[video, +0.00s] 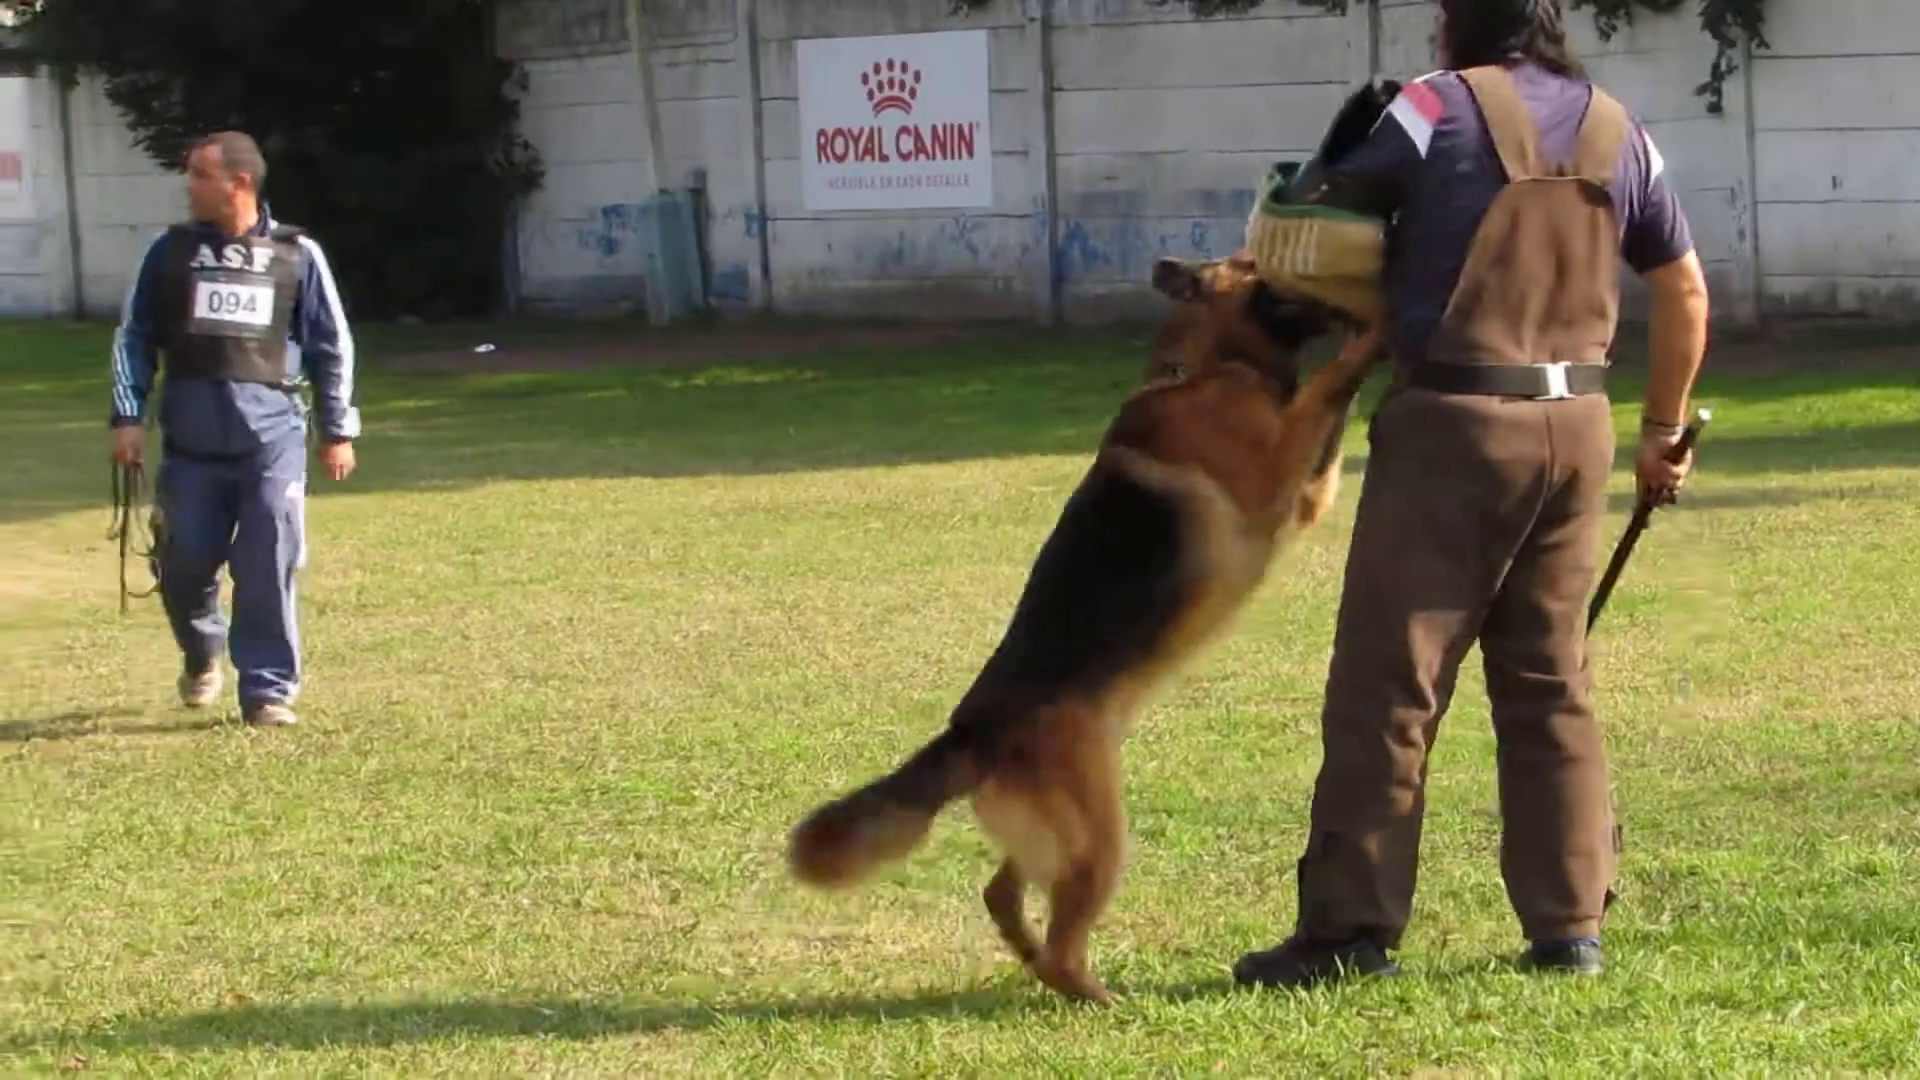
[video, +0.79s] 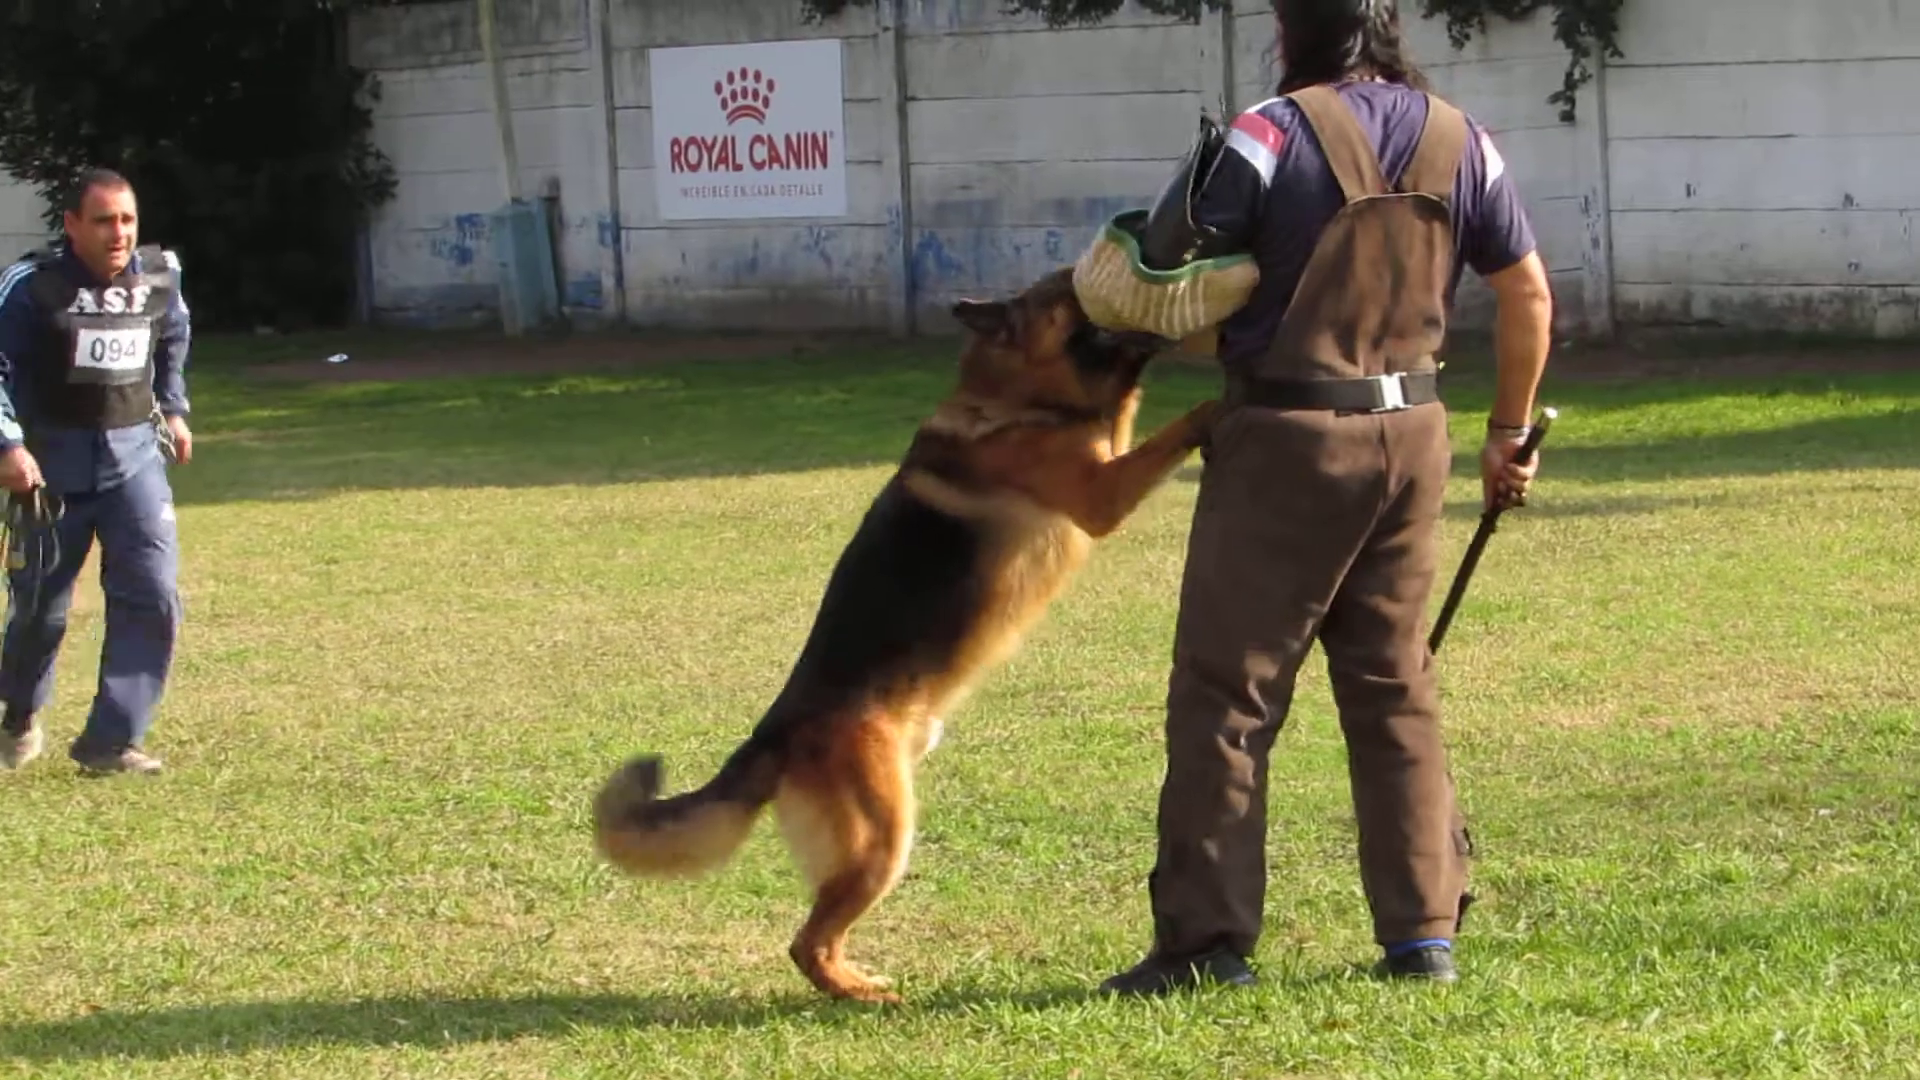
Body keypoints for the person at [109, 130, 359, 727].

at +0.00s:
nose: (189, 185)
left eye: (200, 175)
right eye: (190, 173)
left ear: (240, 185)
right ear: (226, 184)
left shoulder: (299, 256)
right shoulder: (171, 252)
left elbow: (331, 345)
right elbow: (135, 337)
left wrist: (339, 429)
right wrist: (127, 416)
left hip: (271, 435)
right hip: (191, 436)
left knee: (271, 564)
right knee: (184, 563)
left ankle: (268, 690)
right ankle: (201, 652)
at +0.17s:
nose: (168, 172)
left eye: (182, 162)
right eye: (166, 161)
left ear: (221, 169)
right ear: (169, 167)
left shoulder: (273, 240)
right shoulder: (142, 241)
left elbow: (306, 318)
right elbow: (105, 325)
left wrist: (281, 379)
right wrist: (96, 404)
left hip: (246, 433)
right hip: (163, 433)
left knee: (245, 568)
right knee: (159, 564)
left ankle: (244, 693)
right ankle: (162, 701)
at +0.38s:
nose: (164, 189)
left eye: (172, 178)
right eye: (150, 179)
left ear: (187, 184)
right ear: (125, 189)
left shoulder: (229, 250)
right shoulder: (97, 269)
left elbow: (279, 310)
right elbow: (62, 347)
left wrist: (242, 329)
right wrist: (48, 417)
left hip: (214, 450)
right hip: (131, 453)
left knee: (211, 578)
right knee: (115, 569)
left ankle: (207, 701)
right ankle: (106, 714)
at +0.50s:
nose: (124, 209)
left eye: (132, 196)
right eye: (109, 198)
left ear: (146, 201)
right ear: (82, 206)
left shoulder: (191, 263)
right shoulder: (55, 290)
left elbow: (243, 321)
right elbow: (26, 367)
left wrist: (227, 382)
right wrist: (21, 426)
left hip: (182, 470)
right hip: (96, 476)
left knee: (191, 579)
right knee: (76, 586)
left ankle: (187, 692)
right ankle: (84, 727)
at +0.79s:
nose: (120, 232)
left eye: (127, 219)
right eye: (105, 221)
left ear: (138, 222)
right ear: (71, 226)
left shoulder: (159, 275)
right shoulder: (31, 288)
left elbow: (174, 341)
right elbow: (2, 369)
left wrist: (174, 409)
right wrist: (11, 442)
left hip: (136, 456)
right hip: (54, 461)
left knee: (153, 595)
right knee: (39, 607)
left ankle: (111, 740)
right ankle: (21, 713)